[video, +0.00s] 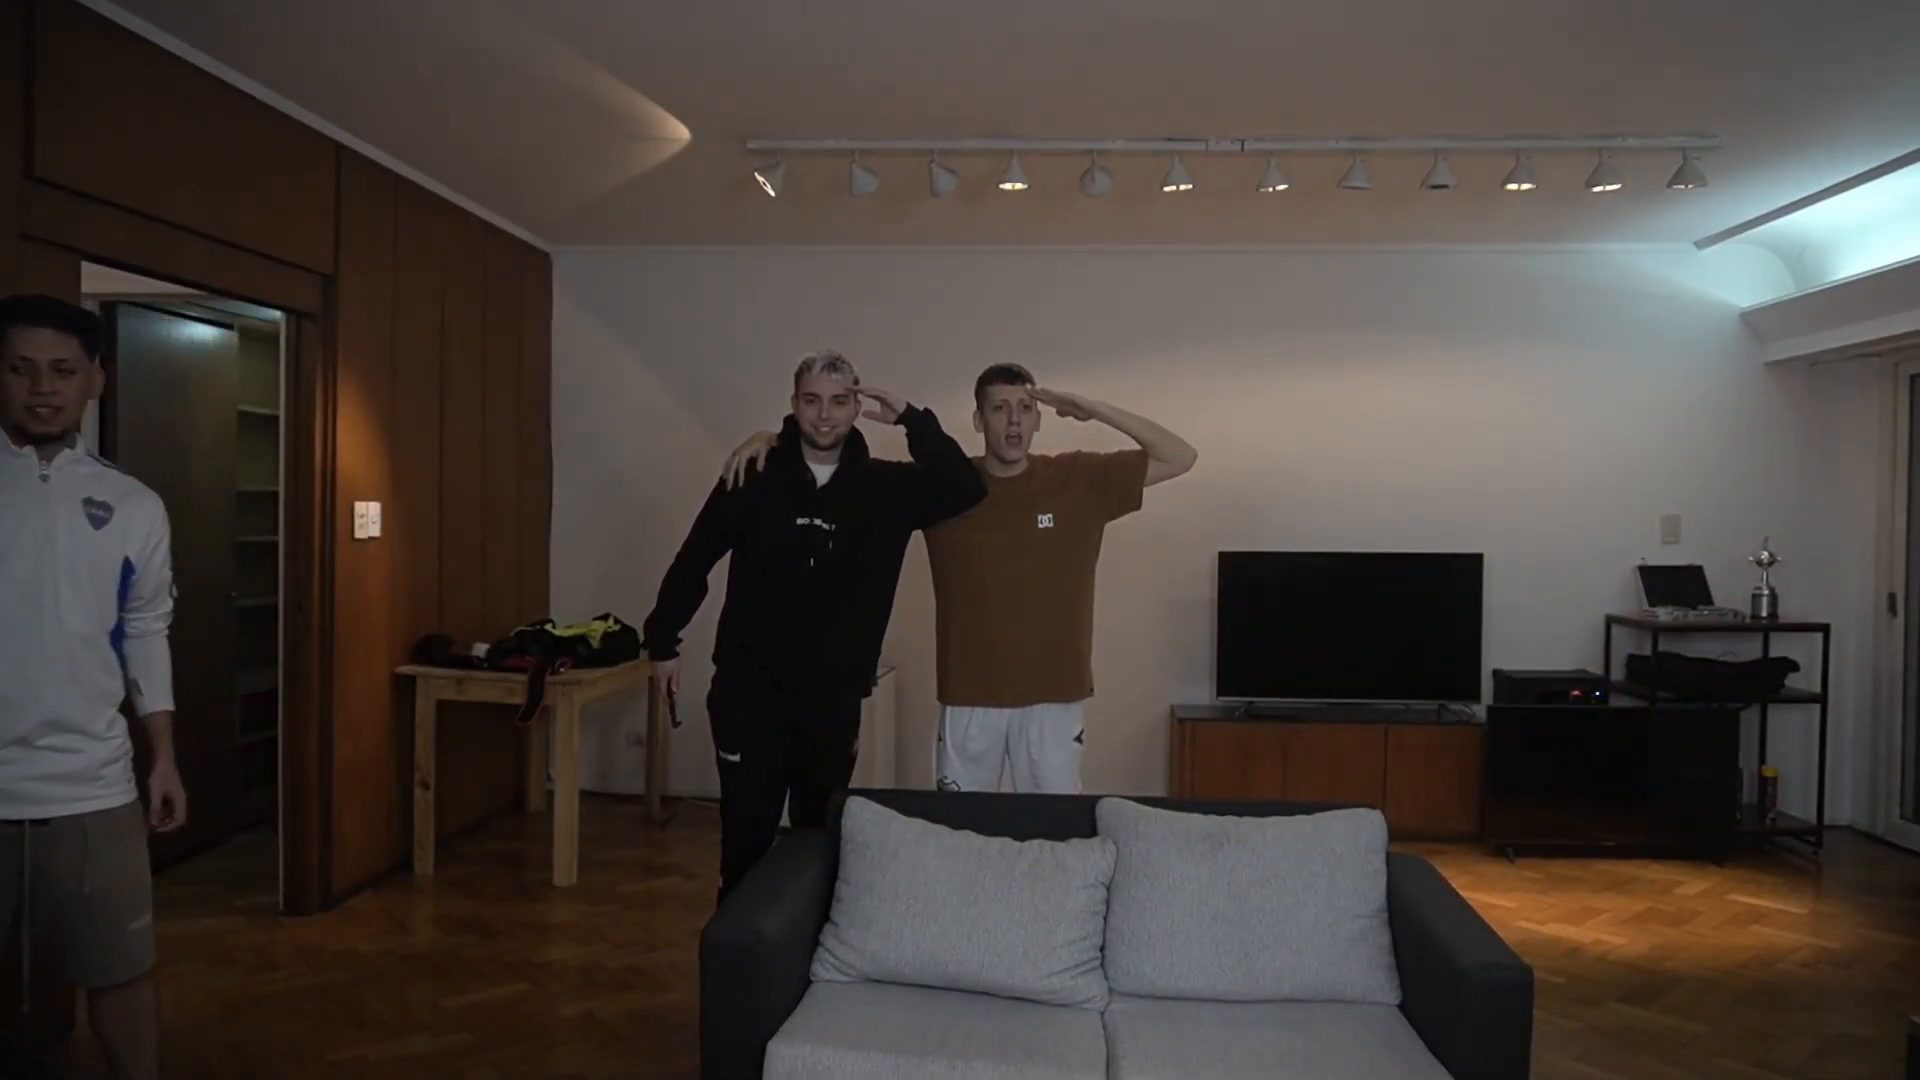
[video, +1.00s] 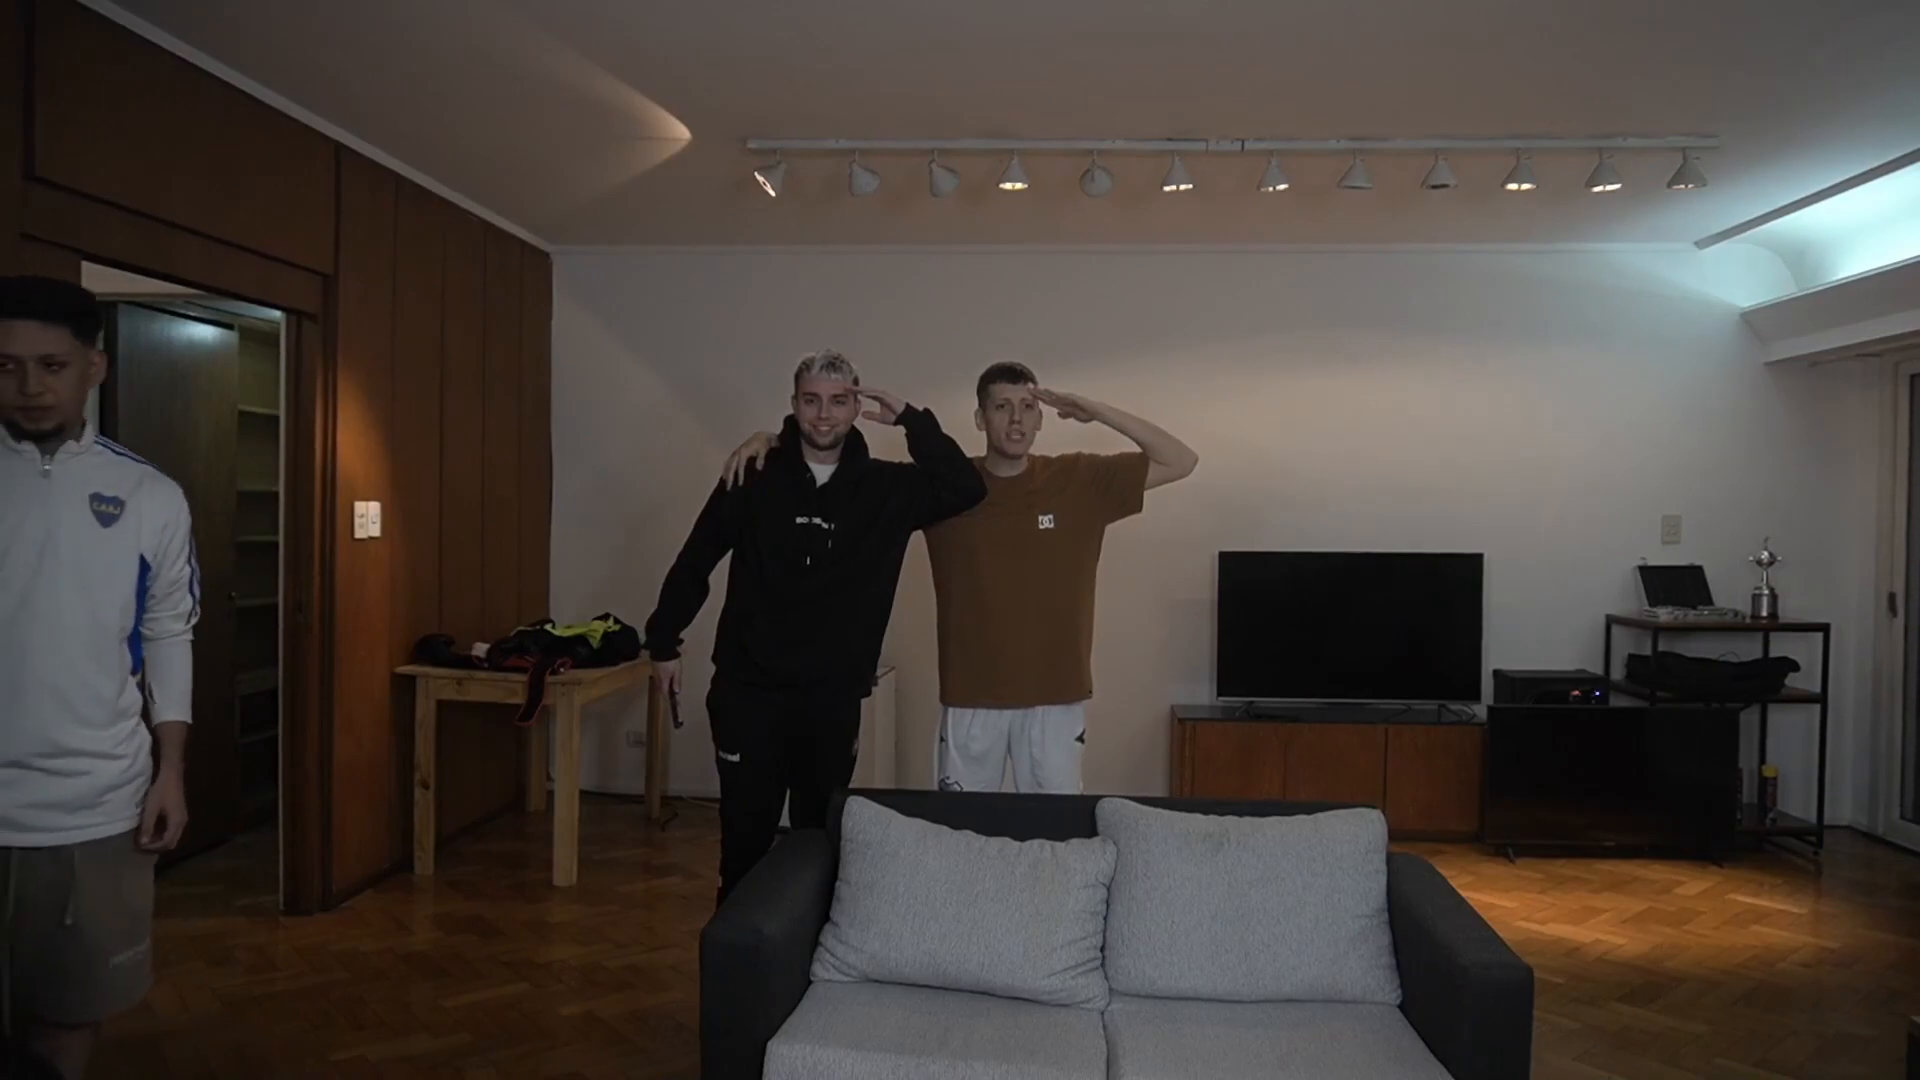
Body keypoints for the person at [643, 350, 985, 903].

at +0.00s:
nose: (824, 412)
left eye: (839, 400)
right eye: (812, 400)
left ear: (857, 410)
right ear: (794, 406)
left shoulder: (888, 486)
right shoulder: (754, 476)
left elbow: (966, 488)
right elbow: (695, 559)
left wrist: (913, 418)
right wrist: (663, 645)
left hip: (833, 690)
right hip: (749, 686)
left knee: (819, 832)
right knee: (747, 832)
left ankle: (814, 958)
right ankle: (738, 961)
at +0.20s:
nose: (823, 412)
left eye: (837, 400)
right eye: (810, 400)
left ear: (856, 410)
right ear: (792, 406)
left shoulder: (887, 486)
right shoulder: (753, 477)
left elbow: (964, 487)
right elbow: (694, 561)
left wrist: (912, 418)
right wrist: (662, 645)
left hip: (833, 691)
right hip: (749, 687)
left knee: (819, 834)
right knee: (747, 835)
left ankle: (814, 960)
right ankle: (738, 963)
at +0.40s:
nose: (823, 413)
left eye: (837, 400)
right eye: (810, 399)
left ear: (856, 409)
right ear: (792, 405)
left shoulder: (887, 486)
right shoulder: (753, 477)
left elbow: (964, 487)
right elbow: (694, 561)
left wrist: (912, 418)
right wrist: (661, 644)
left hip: (833, 693)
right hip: (748, 689)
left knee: (819, 836)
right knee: (746, 838)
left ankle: (815, 962)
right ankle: (738, 965)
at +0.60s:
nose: (823, 412)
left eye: (838, 399)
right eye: (811, 399)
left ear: (856, 409)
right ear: (793, 405)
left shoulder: (887, 486)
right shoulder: (753, 477)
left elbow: (965, 488)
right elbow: (694, 561)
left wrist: (913, 418)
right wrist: (661, 644)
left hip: (833, 693)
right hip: (748, 689)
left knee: (819, 836)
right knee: (747, 838)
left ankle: (815, 962)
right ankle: (739, 965)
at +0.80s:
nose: (824, 413)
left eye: (838, 400)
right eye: (811, 399)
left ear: (857, 409)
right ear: (793, 405)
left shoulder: (887, 486)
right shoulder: (753, 477)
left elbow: (965, 488)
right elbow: (695, 561)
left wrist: (914, 419)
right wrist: (662, 644)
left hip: (833, 692)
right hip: (749, 689)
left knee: (820, 836)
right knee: (747, 839)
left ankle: (816, 963)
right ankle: (738, 966)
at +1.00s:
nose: (824, 413)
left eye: (838, 400)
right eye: (811, 399)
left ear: (857, 409)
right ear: (794, 405)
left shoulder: (887, 487)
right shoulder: (754, 477)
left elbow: (965, 488)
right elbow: (696, 561)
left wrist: (913, 419)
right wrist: (663, 644)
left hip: (833, 692)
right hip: (749, 689)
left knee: (820, 837)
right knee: (746, 839)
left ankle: (816, 965)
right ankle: (738, 968)